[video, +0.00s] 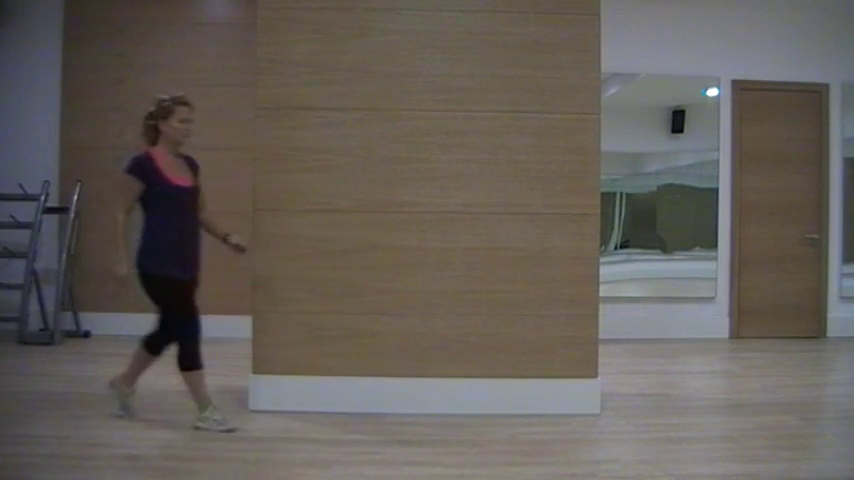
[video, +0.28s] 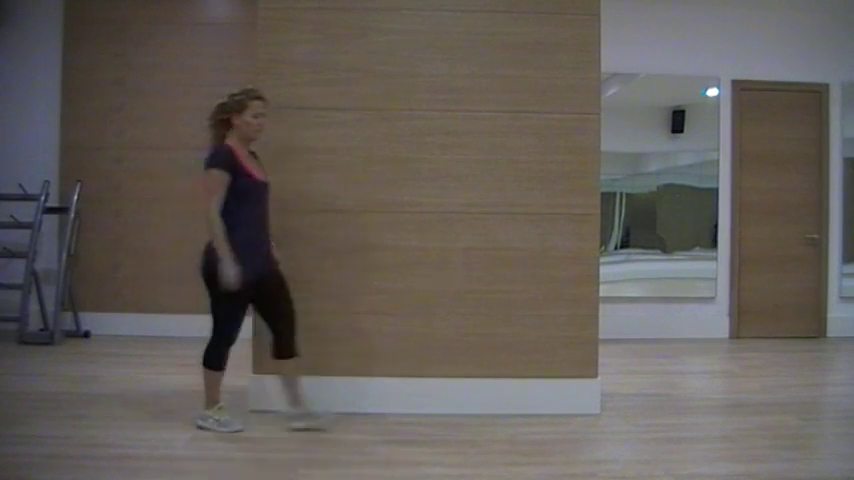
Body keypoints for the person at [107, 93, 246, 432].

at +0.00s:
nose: (188, 128)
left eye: (190, 122)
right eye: (182, 122)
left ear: (190, 126)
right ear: (161, 124)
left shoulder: (189, 165)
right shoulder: (144, 163)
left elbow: (198, 213)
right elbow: (121, 210)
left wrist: (227, 238)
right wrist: (121, 258)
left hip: (186, 263)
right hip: (157, 262)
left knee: (169, 327)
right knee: (188, 325)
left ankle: (124, 382)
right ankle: (205, 408)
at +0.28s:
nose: (261, 123)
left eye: (263, 117)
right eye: (255, 116)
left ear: (261, 121)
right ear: (233, 119)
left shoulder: (250, 156)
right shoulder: (223, 156)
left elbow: (255, 213)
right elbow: (211, 211)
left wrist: (270, 251)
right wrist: (226, 258)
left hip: (258, 257)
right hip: (229, 258)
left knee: (284, 323)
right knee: (224, 333)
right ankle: (212, 409)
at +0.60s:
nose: (332, 121)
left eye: (337, 115)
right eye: (325, 115)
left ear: (343, 121)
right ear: (310, 121)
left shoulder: (348, 168)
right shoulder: (297, 161)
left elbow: (345, 220)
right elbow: (279, 215)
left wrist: (351, 261)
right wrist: (298, 264)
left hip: (346, 268)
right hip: (309, 269)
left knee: (356, 341)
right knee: (323, 345)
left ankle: (343, 415)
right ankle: (284, 389)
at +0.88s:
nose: (377, 117)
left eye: (383, 111)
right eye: (369, 111)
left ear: (393, 117)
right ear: (358, 118)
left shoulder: (403, 164)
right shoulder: (340, 162)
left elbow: (414, 220)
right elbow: (315, 217)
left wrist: (432, 262)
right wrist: (293, 266)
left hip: (400, 273)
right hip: (355, 274)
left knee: (410, 348)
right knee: (381, 348)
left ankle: (371, 399)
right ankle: (390, 428)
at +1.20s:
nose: (431, 119)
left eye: (437, 112)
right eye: (423, 113)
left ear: (448, 117)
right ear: (412, 120)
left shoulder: (464, 165)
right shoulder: (396, 166)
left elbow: (471, 223)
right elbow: (380, 223)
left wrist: (475, 270)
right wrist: (369, 273)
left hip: (456, 277)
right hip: (406, 279)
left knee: (482, 356)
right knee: (401, 362)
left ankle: (507, 433)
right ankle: (396, 432)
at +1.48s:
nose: (457, 111)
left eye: (464, 103)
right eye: (449, 104)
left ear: (476, 108)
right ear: (439, 111)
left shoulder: (493, 154)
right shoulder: (424, 155)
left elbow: (512, 211)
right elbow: (413, 215)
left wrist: (530, 255)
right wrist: (406, 266)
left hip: (483, 268)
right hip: (432, 266)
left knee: (493, 353)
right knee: (398, 346)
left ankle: (509, 434)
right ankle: (360, 424)